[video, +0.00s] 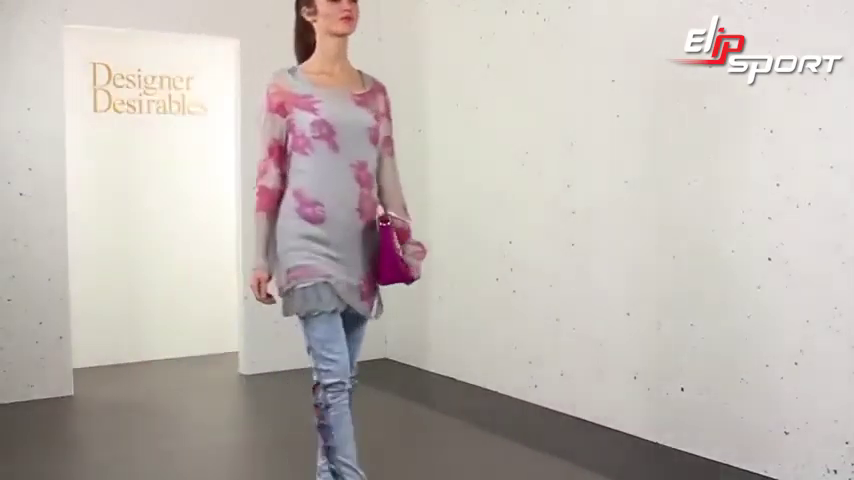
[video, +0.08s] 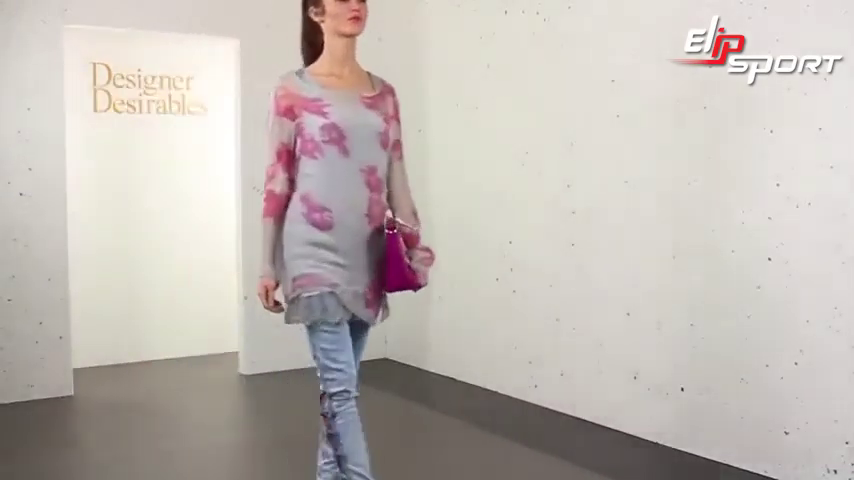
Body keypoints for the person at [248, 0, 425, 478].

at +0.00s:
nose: (348, 7)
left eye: (352, 1)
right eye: (334, 1)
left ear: (358, 10)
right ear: (310, 13)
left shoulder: (373, 89)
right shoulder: (285, 86)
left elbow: (387, 169)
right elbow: (270, 173)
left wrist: (404, 235)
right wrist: (262, 256)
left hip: (360, 242)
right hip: (303, 241)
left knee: (343, 372)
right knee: (334, 372)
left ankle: (327, 469)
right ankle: (349, 474)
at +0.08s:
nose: (356, 7)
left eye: (360, 0)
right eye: (343, 1)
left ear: (367, 10)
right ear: (317, 13)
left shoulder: (382, 91)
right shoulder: (292, 88)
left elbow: (396, 175)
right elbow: (278, 177)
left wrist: (413, 243)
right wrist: (268, 263)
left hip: (370, 246)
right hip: (311, 246)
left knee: (343, 379)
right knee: (340, 380)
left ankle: (329, 471)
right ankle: (359, 475)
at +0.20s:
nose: (369, 3)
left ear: (379, 10)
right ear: (328, 11)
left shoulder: (397, 92)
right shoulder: (304, 89)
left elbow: (411, 176)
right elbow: (290, 182)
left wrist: (425, 249)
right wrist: (281, 271)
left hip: (384, 253)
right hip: (323, 250)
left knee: (352, 384)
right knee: (352, 387)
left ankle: (334, 472)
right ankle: (365, 475)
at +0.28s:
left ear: (387, 6)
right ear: (336, 5)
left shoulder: (408, 86)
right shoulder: (312, 85)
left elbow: (422, 172)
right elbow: (299, 179)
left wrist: (436, 244)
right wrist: (292, 270)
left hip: (394, 251)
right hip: (333, 249)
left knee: (376, 389)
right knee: (356, 389)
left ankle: (340, 470)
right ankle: (368, 477)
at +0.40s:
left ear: (399, 4)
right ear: (352, 1)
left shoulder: (420, 83)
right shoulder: (324, 79)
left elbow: (435, 173)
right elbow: (310, 178)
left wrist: (453, 251)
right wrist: (302, 268)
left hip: (409, 257)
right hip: (344, 256)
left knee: (408, 397)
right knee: (360, 393)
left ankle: (382, 468)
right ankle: (367, 476)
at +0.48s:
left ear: (407, 3)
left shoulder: (428, 81)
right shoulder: (331, 76)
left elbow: (442, 172)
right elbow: (317, 176)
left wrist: (462, 251)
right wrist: (310, 269)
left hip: (419, 260)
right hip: (352, 261)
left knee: (423, 401)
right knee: (362, 397)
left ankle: (414, 473)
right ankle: (368, 474)